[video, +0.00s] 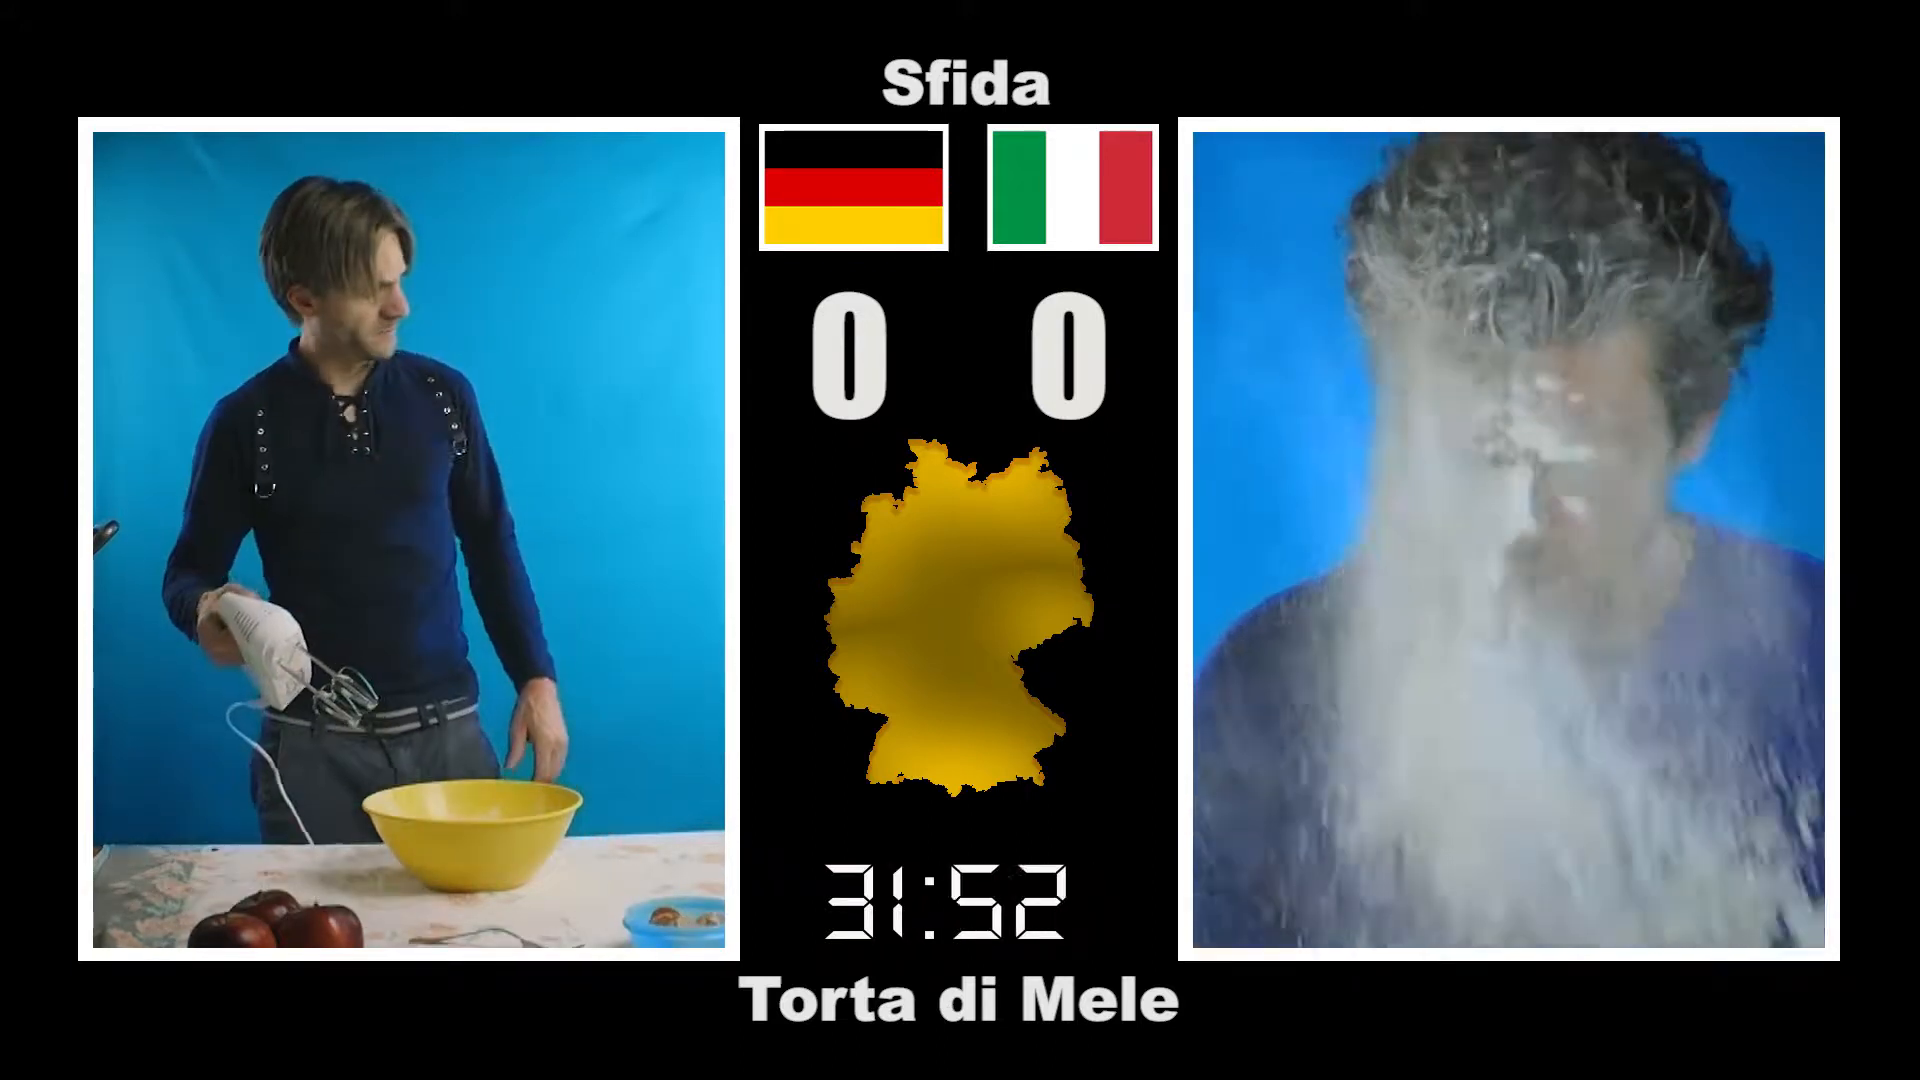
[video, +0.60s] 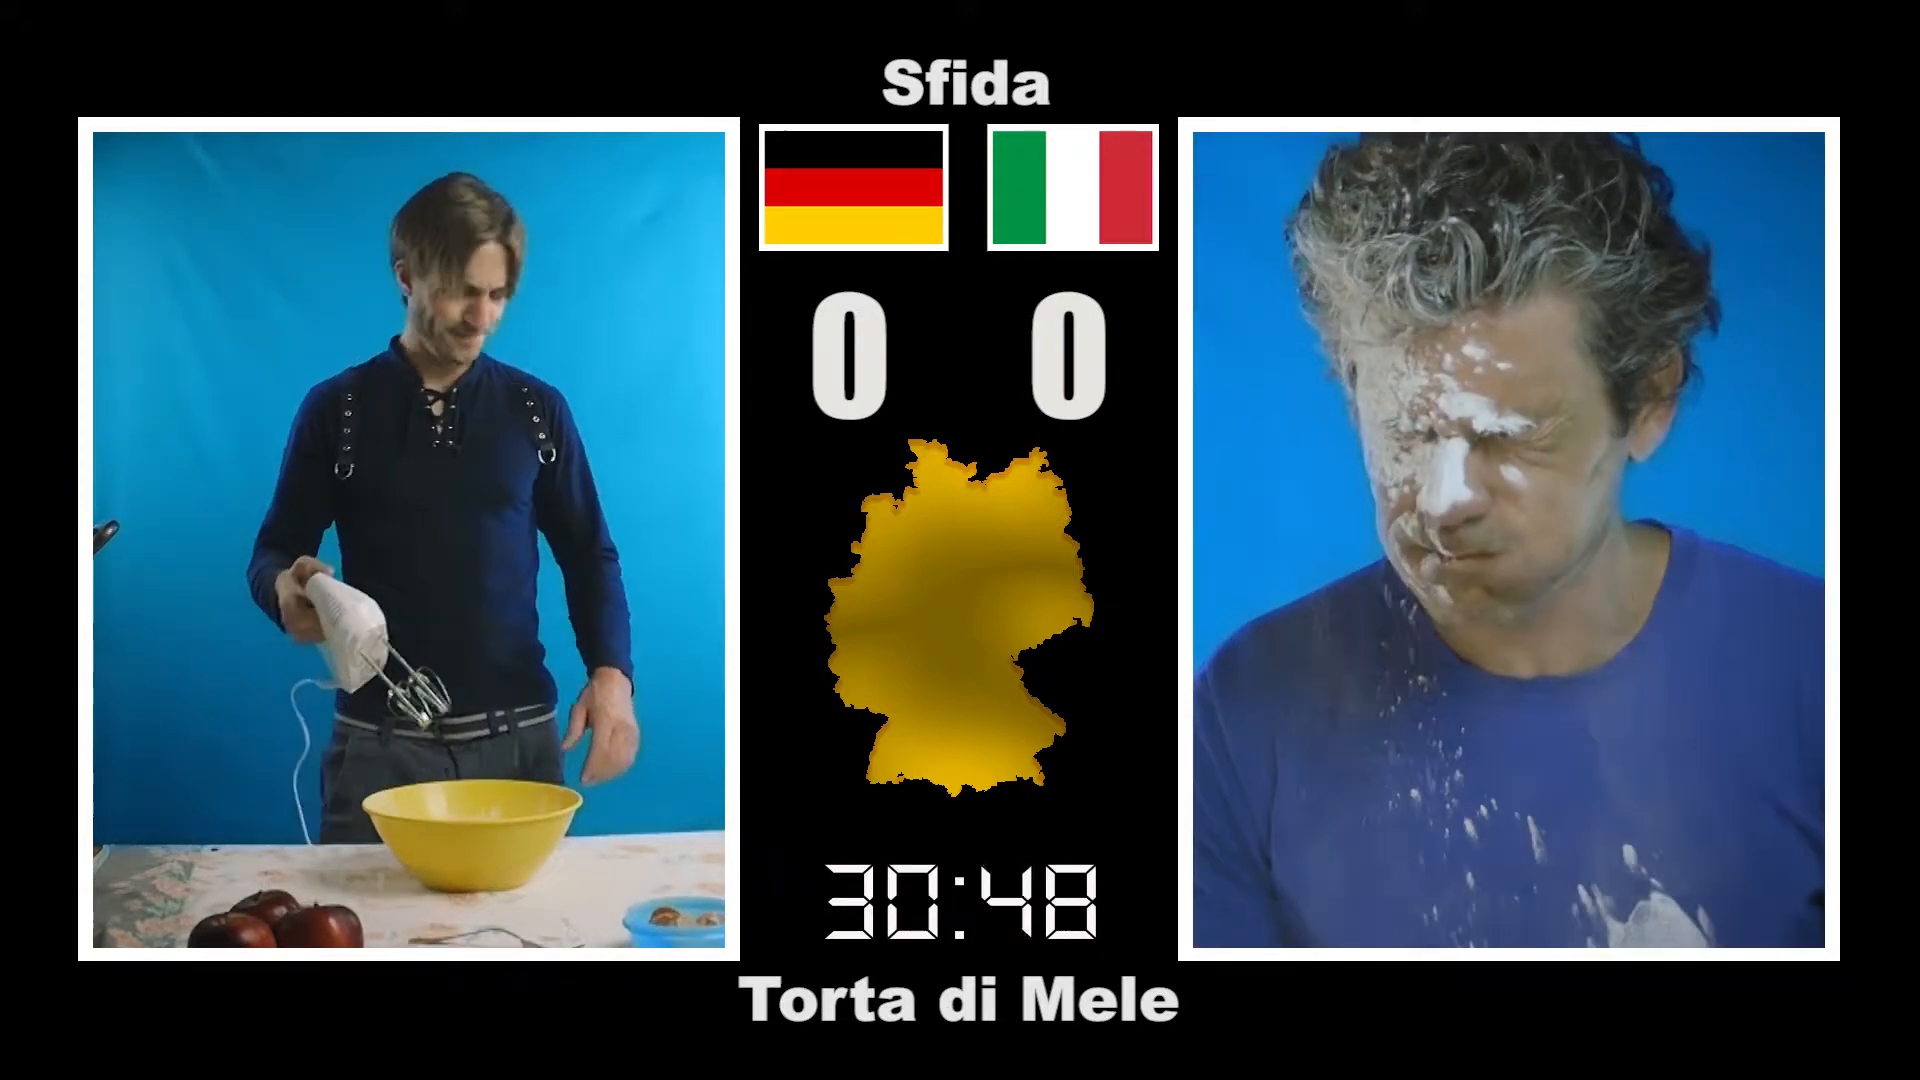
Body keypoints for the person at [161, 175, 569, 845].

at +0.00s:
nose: (399, 307)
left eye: (398, 284)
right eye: (375, 291)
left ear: (401, 273)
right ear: (304, 303)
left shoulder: (443, 397)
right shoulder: (247, 423)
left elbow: (491, 542)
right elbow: (191, 570)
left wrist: (536, 678)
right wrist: (205, 613)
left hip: (447, 740)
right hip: (317, 752)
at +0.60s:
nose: (481, 316)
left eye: (497, 296)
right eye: (462, 292)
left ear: (510, 291)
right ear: (407, 272)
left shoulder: (537, 412)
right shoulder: (337, 412)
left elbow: (588, 553)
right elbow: (276, 551)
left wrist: (611, 672)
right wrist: (286, 593)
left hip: (517, 749)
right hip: (381, 751)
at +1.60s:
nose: (429, 325)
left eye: (439, 301)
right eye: (411, 301)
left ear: (448, 292)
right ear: (340, 284)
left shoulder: (444, 402)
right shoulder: (257, 413)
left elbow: (476, 560)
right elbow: (185, 589)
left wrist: (520, 700)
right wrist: (273, 621)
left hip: (443, 743)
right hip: (313, 754)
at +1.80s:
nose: (379, 348)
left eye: (403, 328)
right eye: (364, 322)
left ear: (428, 314)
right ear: (336, 292)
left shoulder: (459, 422)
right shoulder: (264, 406)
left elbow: (509, 568)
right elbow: (222, 570)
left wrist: (506, 704)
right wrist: (298, 650)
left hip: (428, 731)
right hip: (294, 731)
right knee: (288, 933)